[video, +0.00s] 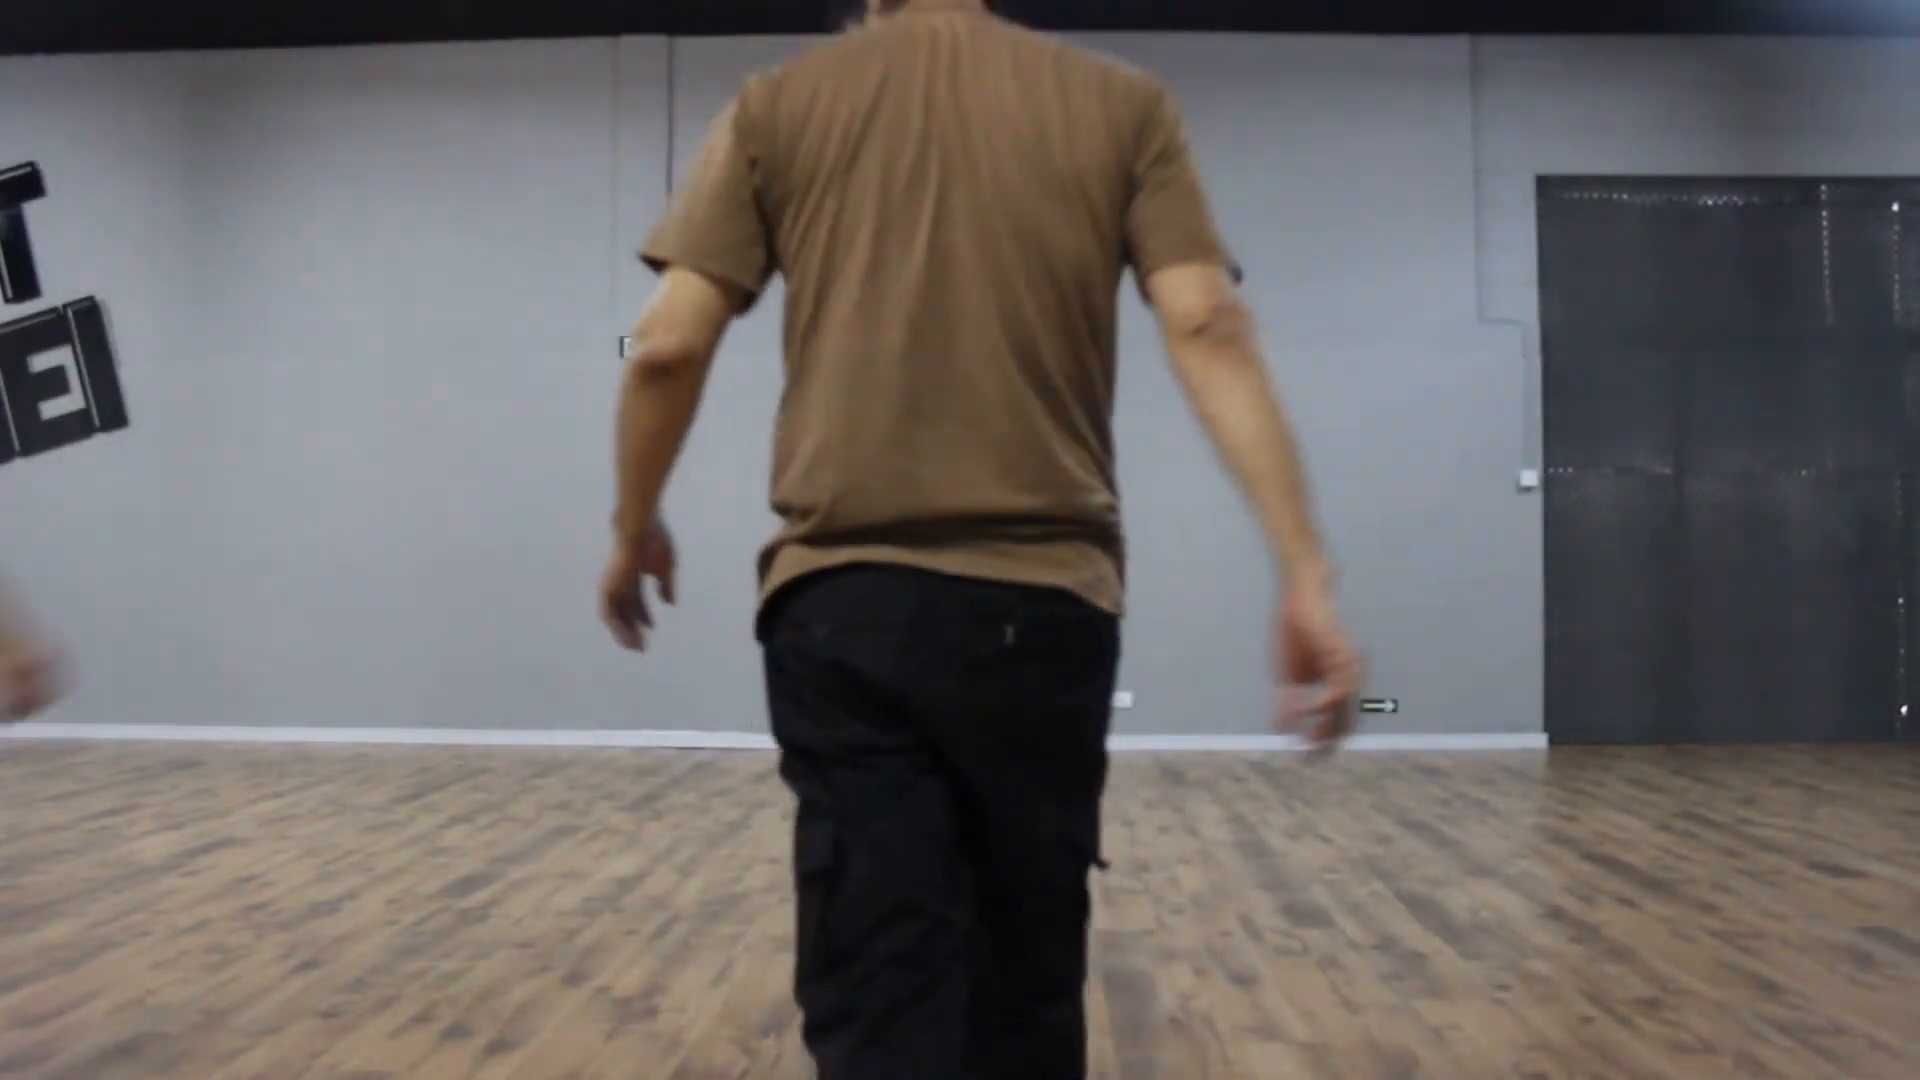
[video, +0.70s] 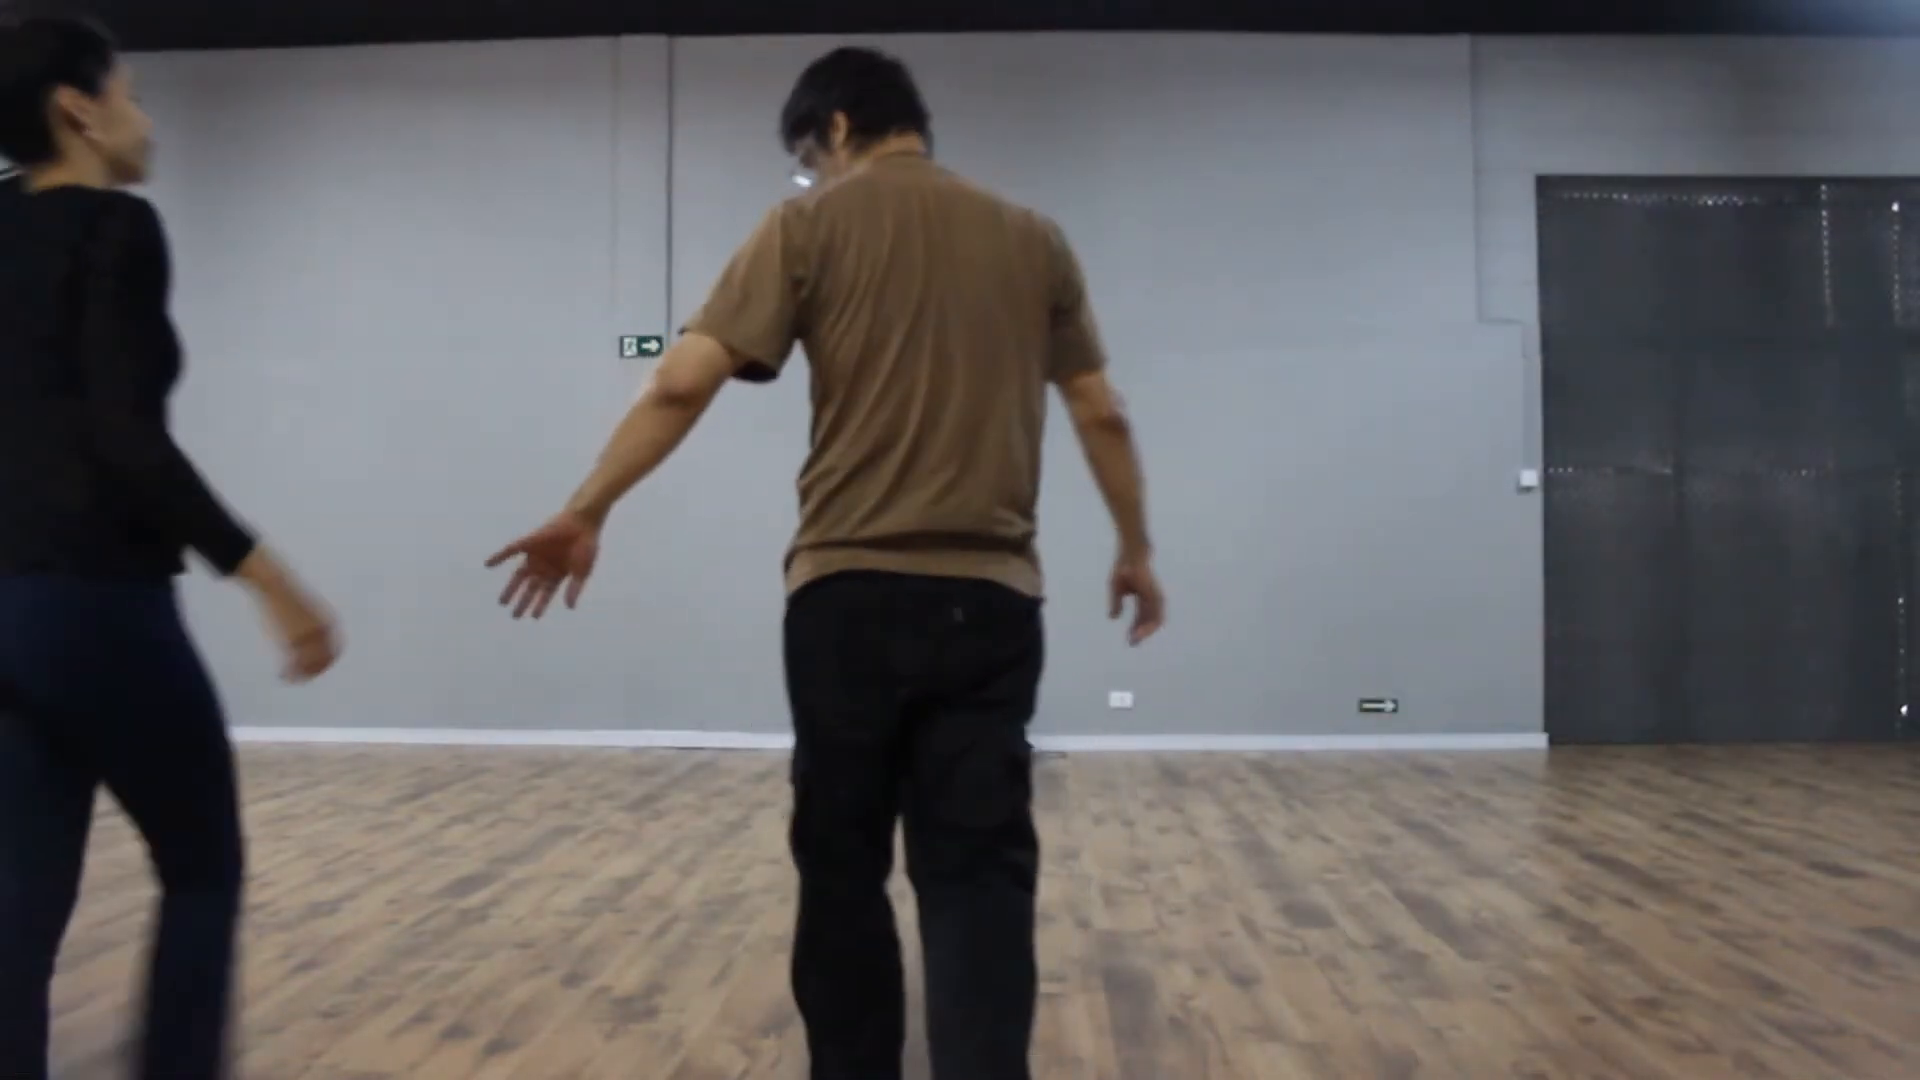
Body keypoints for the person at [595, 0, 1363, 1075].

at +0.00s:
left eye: (854, 17)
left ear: (870, 2)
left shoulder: (782, 102)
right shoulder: (1118, 101)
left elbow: (667, 346)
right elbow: (1206, 320)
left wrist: (636, 525)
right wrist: (1304, 574)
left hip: (841, 608)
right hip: (1046, 610)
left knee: (878, 980)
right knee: (1028, 978)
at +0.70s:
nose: (805, 179)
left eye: (806, 157)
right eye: (804, 160)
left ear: (839, 130)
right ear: (923, 132)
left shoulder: (811, 223)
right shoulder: (1032, 236)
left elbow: (682, 385)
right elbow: (1100, 413)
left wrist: (584, 511)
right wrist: (1134, 544)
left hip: (848, 598)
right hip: (991, 604)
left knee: (842, 865)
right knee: (981, 868)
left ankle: (856, 1068)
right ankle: (984, 1072)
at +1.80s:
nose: (843, 268)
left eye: (844, 252)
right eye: (838, 254)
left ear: (874, 235)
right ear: (919, 235)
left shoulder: (869, 300)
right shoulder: (1002, 323)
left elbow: (838, 412)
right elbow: (1027, 460)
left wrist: (764, 479)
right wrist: (1030, 571)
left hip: (878, 587)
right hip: (975, 590)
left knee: (858, 777)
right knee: (964, 789)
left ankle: (852, 955)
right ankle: (965, 991)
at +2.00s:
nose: (806, 281)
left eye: (808, 264)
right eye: (799, 267)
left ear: (848, 245)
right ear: (877, 245)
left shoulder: (852, 314)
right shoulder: (965, 327)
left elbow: (859, 427)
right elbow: (966, 450)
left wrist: (780, 499)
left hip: (864, 588)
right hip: (952, 587)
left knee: (847, 774)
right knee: (946, 779)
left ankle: (858, 954)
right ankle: (961, 979)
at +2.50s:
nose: (750, 289)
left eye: (757, 273)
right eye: (745, 275)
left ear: (803, 259)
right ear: (797, 261)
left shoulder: (836, 327)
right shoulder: (831, 320)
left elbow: (876, 446)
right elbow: (860, 447)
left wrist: (818, 551)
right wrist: (805, 547)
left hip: (838, 579)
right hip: (832, 577)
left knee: (832, 764)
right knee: (829, 760)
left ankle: (864, 952)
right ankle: (848, 925)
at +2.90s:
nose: (733, 289)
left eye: (745, 275)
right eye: (727, 276)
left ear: (789, 263)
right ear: (731, 268)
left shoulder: (828, 331)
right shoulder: (759, 339)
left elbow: (880, 443)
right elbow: (729, 418)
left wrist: (827, 547)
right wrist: (679, 471)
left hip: (815, 578)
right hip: (765, 573)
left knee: (822, 756)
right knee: (754, 749)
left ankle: (864, 947)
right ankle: (775, 921)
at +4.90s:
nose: (756, 263)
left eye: (768, 246)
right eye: (740, 253)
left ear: (799, 249)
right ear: (729, 266)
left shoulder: (849, 325)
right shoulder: (736, 347)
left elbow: (955, 384)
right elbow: (646, 450)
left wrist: (921, 482)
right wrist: (668, 429)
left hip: (842, 587)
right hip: (760, 588)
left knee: (835, 769)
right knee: (755, 763)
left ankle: (822, 942)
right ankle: (774, 921)